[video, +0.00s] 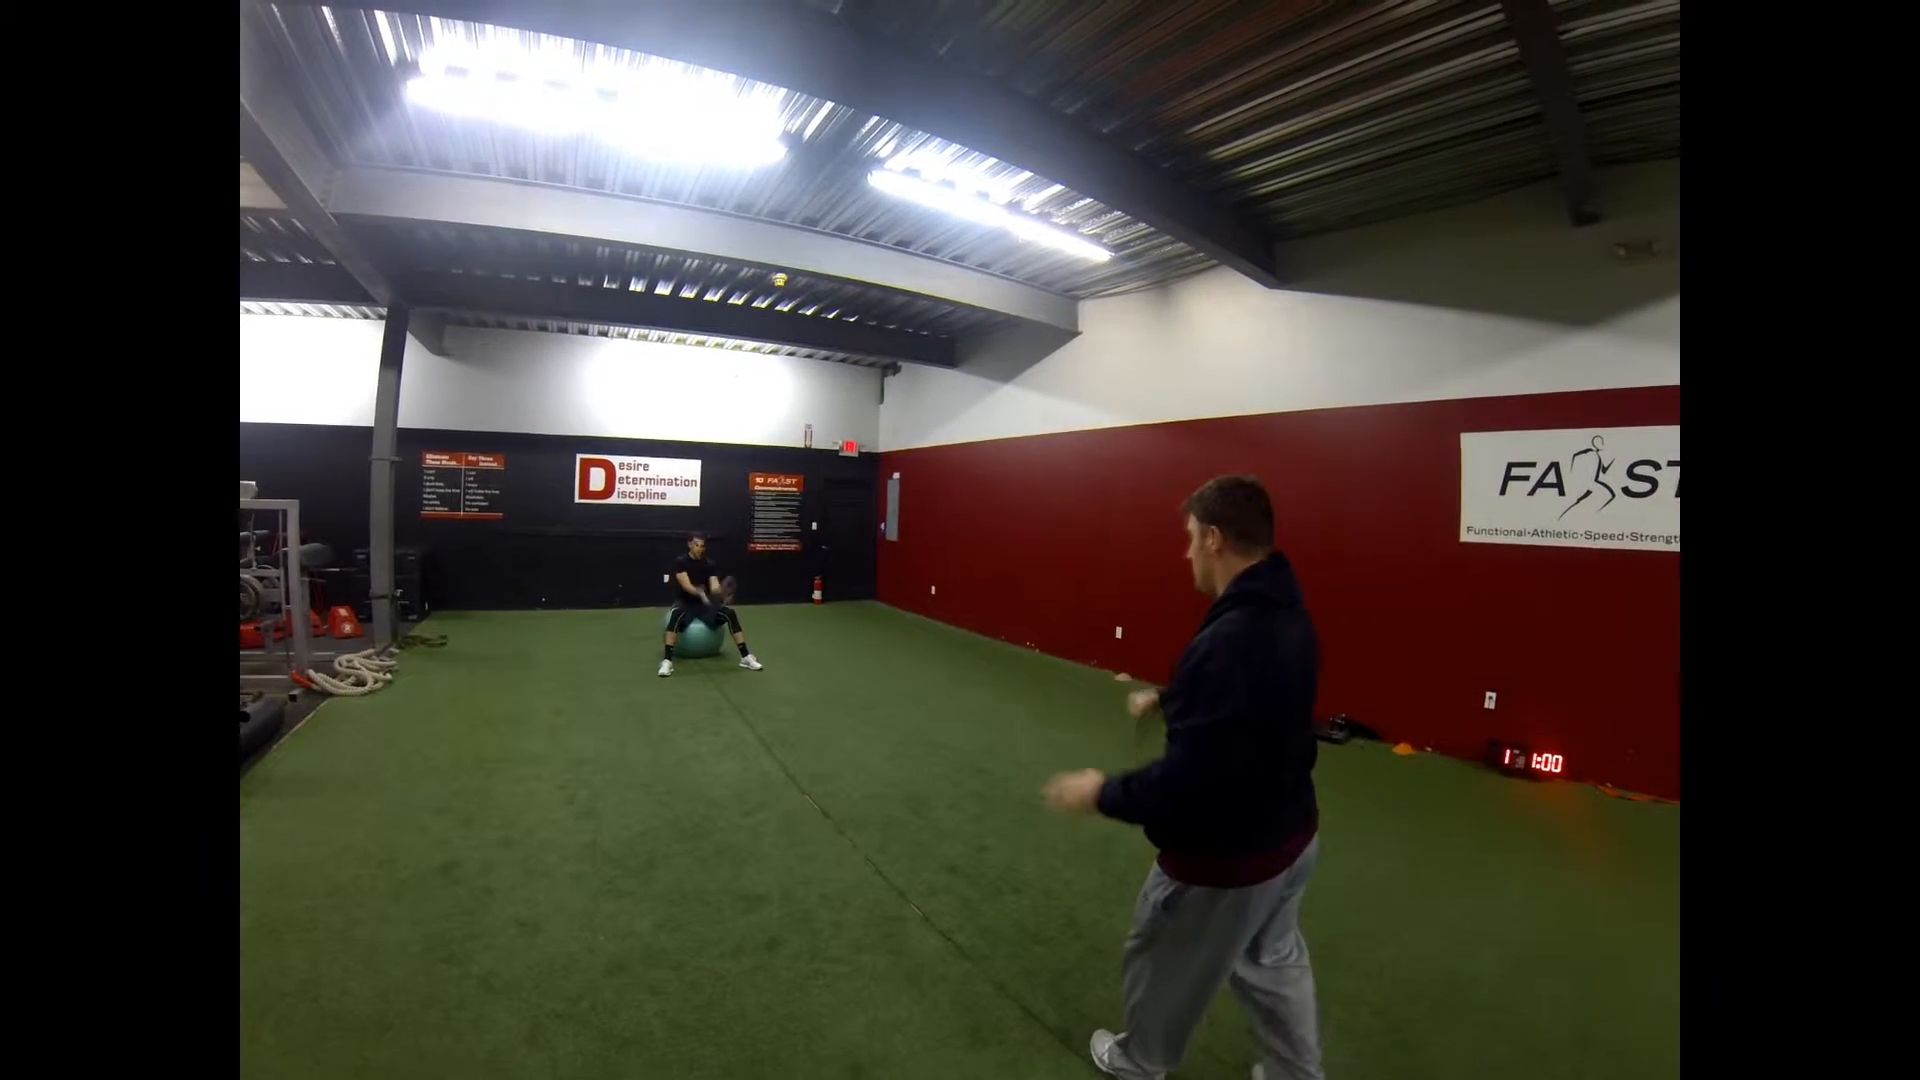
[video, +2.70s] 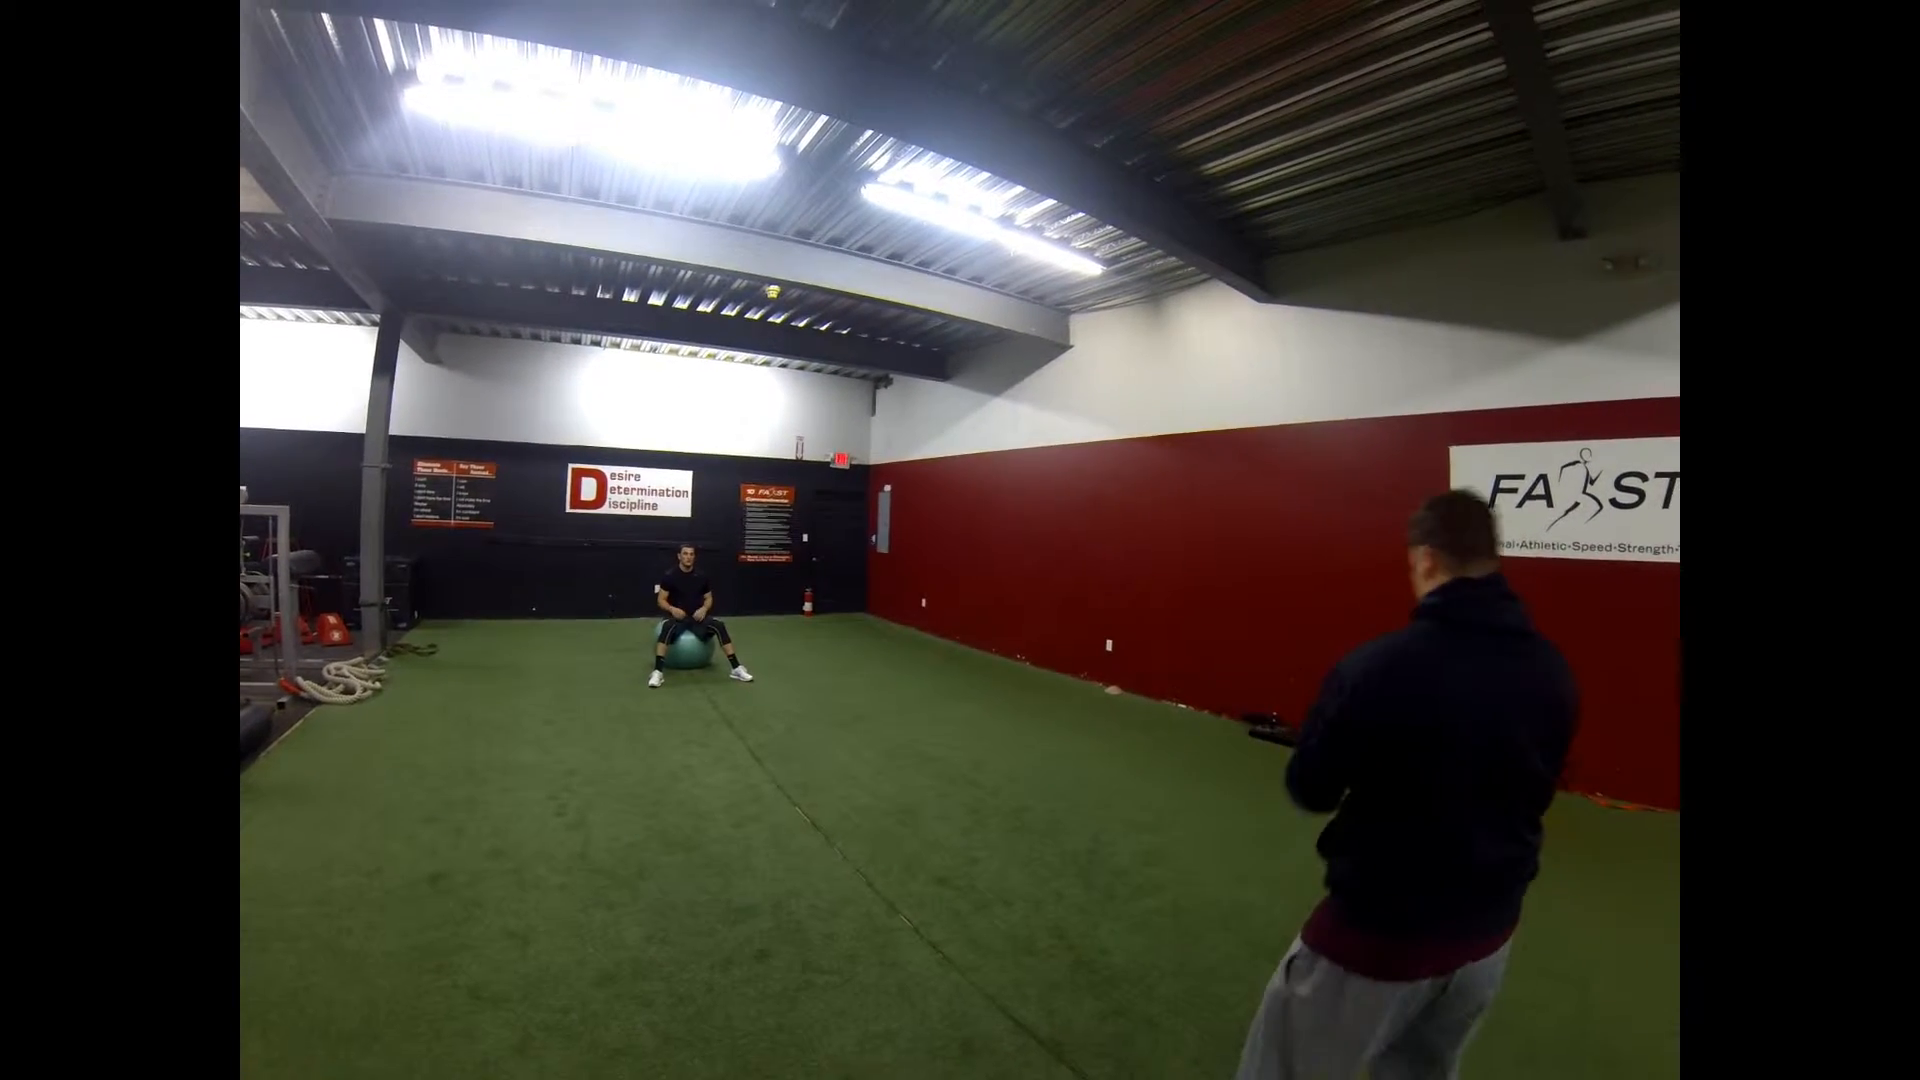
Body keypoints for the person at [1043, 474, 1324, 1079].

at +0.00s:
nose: (1188, 554)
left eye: (1189, 539)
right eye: (1187, 540)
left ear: (1212, 538)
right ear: (1259, 536)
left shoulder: (1227, 641)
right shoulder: (1285, 612)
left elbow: (1191, 779)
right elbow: (1247, 694)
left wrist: (1103, 793)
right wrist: (1171, 700)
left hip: (1216, 861)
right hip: (1289, 839)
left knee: (1163, 963)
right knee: (1273, 963)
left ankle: (1141, 1059)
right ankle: (1297, 1069)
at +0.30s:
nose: (1247, 565)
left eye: (1250, 549)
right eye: (1247, 550)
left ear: (1279, 549)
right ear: (1311, 545)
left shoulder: (1290, 647)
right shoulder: (1347, 621)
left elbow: (1248, 783)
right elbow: (1316, 733)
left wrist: (1161, 801)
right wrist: (1237, 735)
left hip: (1258, 867)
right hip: (1326, 848)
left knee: (1193, 967)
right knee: (1304, 979)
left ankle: (1150, 1060)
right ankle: (1302, 1072)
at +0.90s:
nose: (1327, 549)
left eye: (1335, 533)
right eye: (1330, 534)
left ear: (1370, 542)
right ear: (1387, 543)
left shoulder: (1366, 645)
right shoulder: (1424, 634)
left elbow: (1316, 783)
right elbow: (1398, 771)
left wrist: (1230, 787)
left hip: (1319, 891)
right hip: (1382, 879)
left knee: (1253, 1031)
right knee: (1333, 1025)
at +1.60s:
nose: (1301, 544)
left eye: (1312, 528)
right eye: (1306, 527)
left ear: (1349, 545)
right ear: (1361, 546)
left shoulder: (1341, 672)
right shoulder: (1414, 646)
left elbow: (1247, 849)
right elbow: (1369, 772)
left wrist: (1187, 800)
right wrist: (1267, 761)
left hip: (1305, 960)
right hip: (1375, 933)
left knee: (1265, 1070)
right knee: (1314, 1066)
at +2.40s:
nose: (1322, 603)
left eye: (1320, 586)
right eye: (1318, 587)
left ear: (1341, 582)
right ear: (1402, 574)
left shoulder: (1330, 699)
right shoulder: (1463, 670)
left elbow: (1261, 844)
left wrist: (1245, 828)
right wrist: (1275, 813)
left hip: (1357, 989)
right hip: (1467, 965)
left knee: (1257, 1071)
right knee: (1408, 1071)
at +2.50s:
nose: (1342, 591)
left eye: (1342, 576)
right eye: (1341, 578)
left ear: (1360, 576)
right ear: (1424, 570)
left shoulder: (1343, 690)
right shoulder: (1490, 669)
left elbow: (1276, 823)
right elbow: (1482, 794)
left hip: (1359, 978)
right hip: (1471, 962)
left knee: (1267, 1070)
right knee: (1412, 1072)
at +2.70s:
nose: (1411, 572)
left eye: (1412, 559)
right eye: (1411, 559)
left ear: (1426, 560)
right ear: (1493, 556)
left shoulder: (1381, 668)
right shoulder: (1548, 671)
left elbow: (1309, 788)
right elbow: (1531, 795)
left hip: (1369, 949)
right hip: (1481, 950)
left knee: (1279, 1071)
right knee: (1418, 1074)